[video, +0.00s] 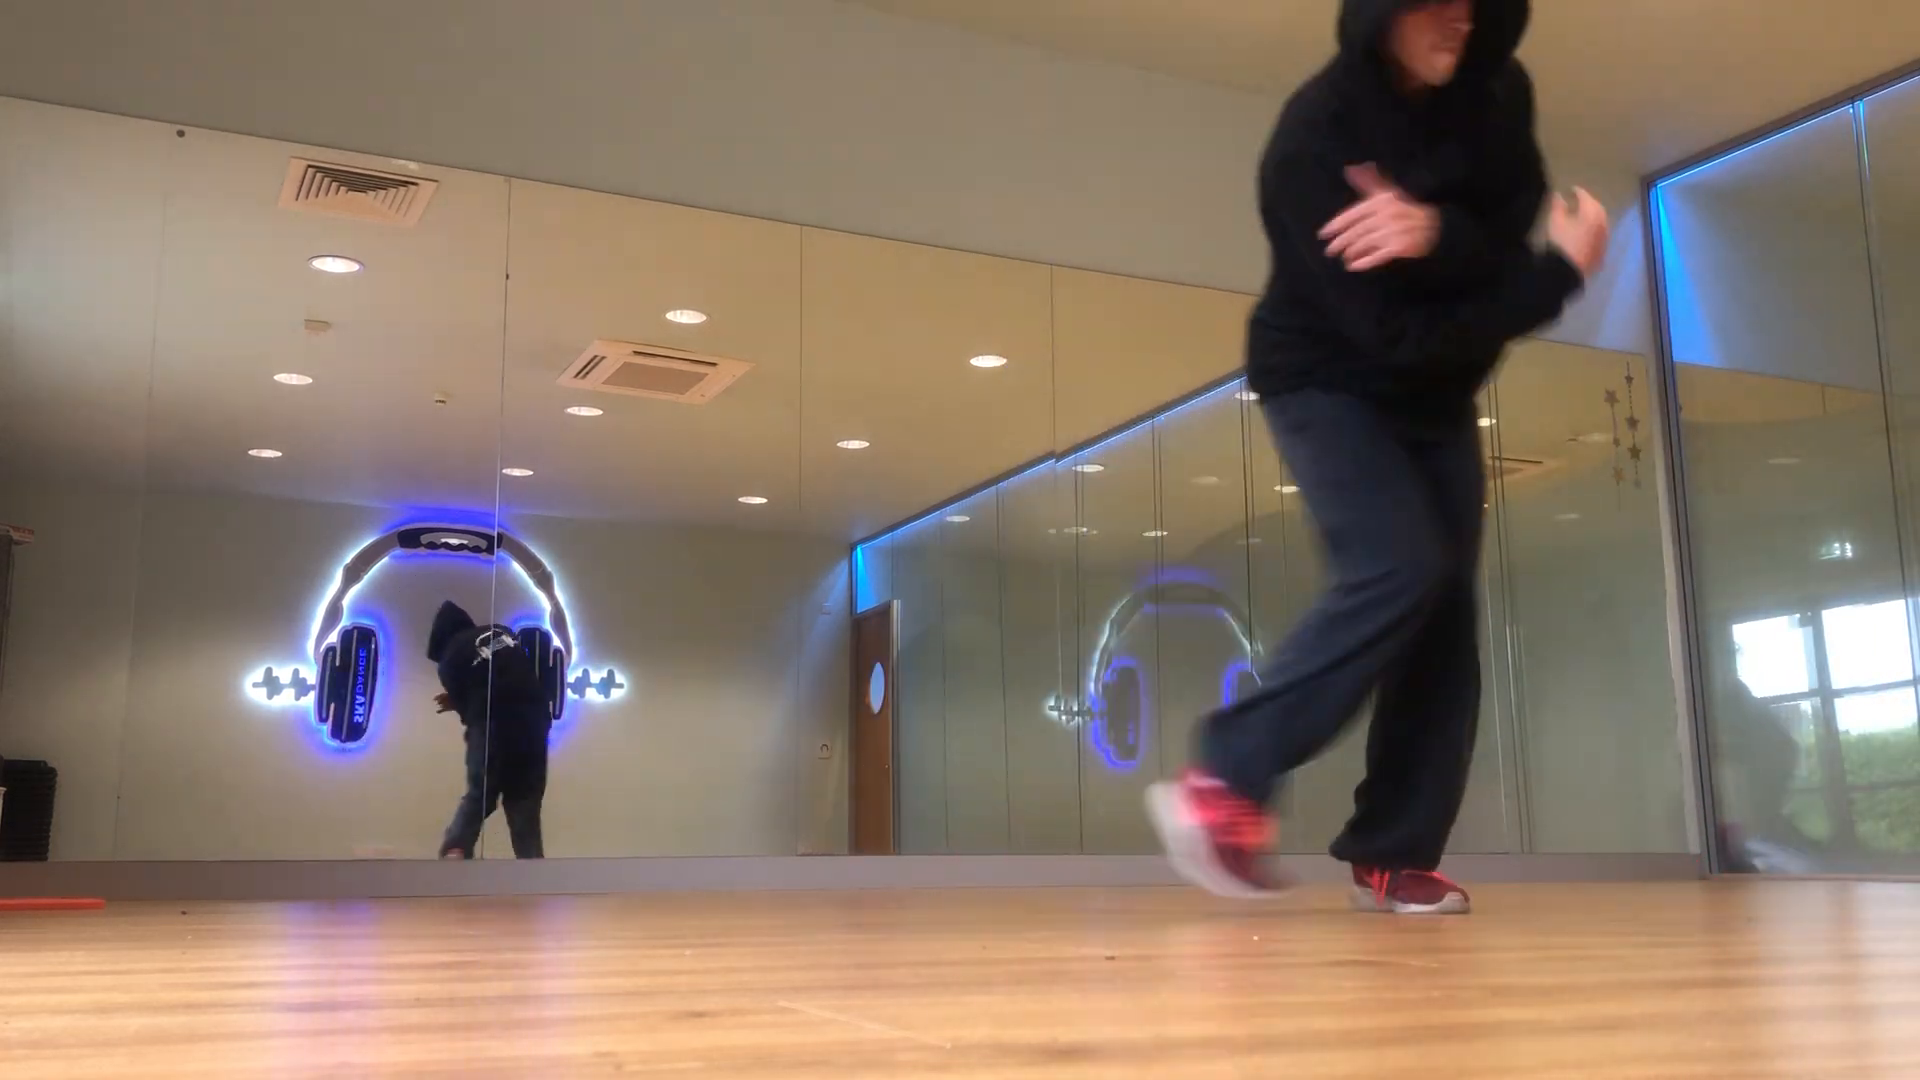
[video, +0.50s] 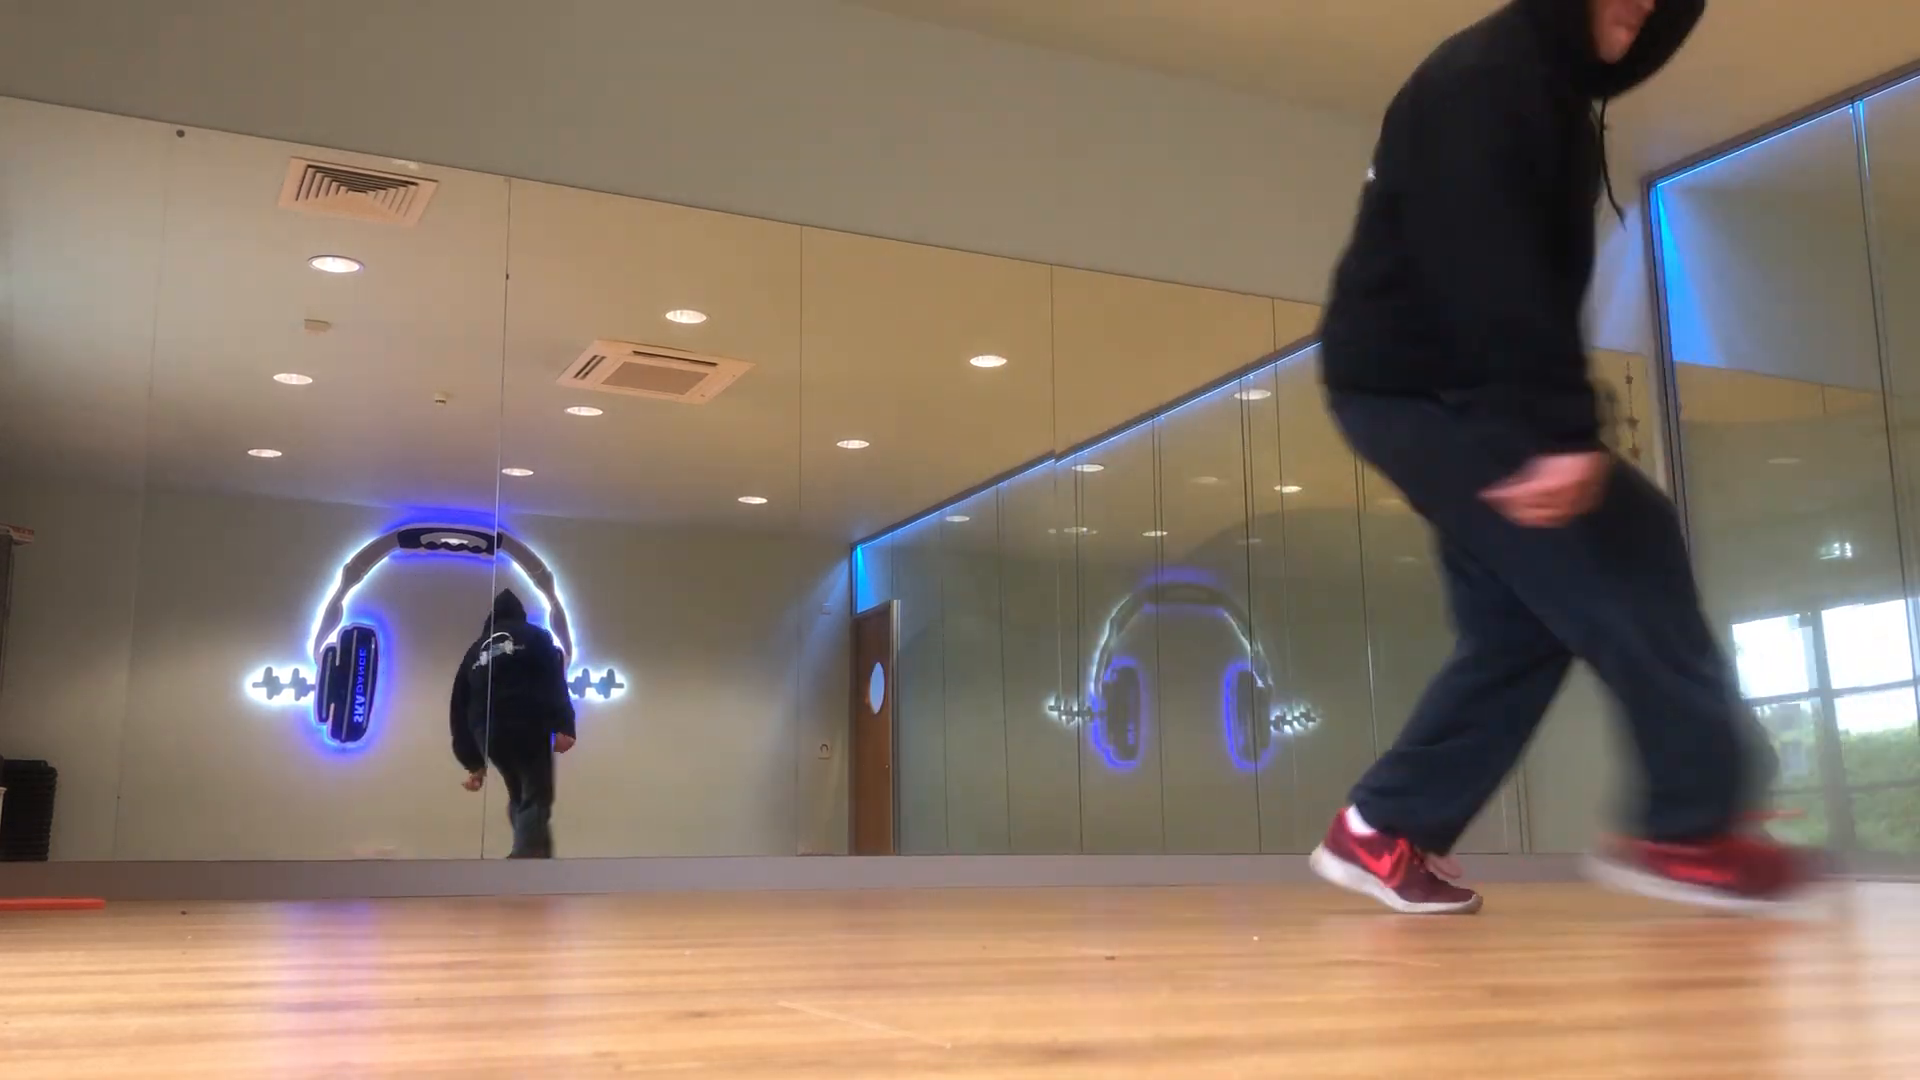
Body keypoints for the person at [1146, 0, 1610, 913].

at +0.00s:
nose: (1453, 27)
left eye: (1467, 12)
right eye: (1432, 10)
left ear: (1484, 19)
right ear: (1378, 16)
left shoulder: (1495, 92)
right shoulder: (1319, 132)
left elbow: (1518, 234)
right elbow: (1397, 328)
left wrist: (1435, 228)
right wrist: (1555, 269)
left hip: (1433, 385)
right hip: (1320, 380)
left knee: (1444, 606)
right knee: (1396, 572)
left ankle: (1392, 852)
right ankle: (1227, 775)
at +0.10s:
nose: (1491, 15)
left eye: (1505, 4)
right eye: (1472, 5)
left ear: (1522, 8)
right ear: (1427, 5)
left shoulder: (1543, 66)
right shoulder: (1361, 104)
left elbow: (1631, 204)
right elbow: (1333, 309)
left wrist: (1591, 129)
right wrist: (1401, 396)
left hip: (1502, 371)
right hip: (1385, 372)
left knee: (1523, 576)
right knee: (1500, 535)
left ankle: (1407, 815)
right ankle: (1494, 795)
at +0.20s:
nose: (1528, 5)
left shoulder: (1589, 47)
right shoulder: (1399, 91)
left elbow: (1718, 76)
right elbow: (1292, 253)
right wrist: (1273, 421)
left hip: (1566, 373)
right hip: (1454, 384)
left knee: (1619, 592)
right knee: (1644, 564)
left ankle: (1456, 798)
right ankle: (1798, 817)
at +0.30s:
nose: (1573, 16)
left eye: (1584, 3)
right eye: (1555, 0)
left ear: (1599, 11)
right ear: (1504, 4)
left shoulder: (1614, 89)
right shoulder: (1444, 124)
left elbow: (1739, 106)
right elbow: (1320, 284)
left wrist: (1799, 13)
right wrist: (1340, 427)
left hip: (1624, 413)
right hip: (1529, 424)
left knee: (1693, 662)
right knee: (1758, 569)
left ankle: (1469, 797)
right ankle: (1863, 833)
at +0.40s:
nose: (1596, 9)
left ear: (1621, 7)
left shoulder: (1599, 94)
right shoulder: (1441, 102)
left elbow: (1652, 216)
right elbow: (1395, 288)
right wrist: (1421, 462)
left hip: (1584, 417)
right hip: (1500, 420)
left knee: (1611, 645)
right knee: (1721, 588)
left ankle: (1423, 804)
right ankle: (1849, 832)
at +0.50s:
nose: (1639, 13)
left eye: (1651, 6)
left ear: (1647, 17)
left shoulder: (1557, 88)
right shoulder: (1490, 79)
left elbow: (1544, 275)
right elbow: (1493, 265)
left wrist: (1567, 425)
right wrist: (1558, 426)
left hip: (1459, 387)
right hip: (1415, 386)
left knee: (1524, 621)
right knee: (1624, 537)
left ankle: (1382, 827)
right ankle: (1687, 825)